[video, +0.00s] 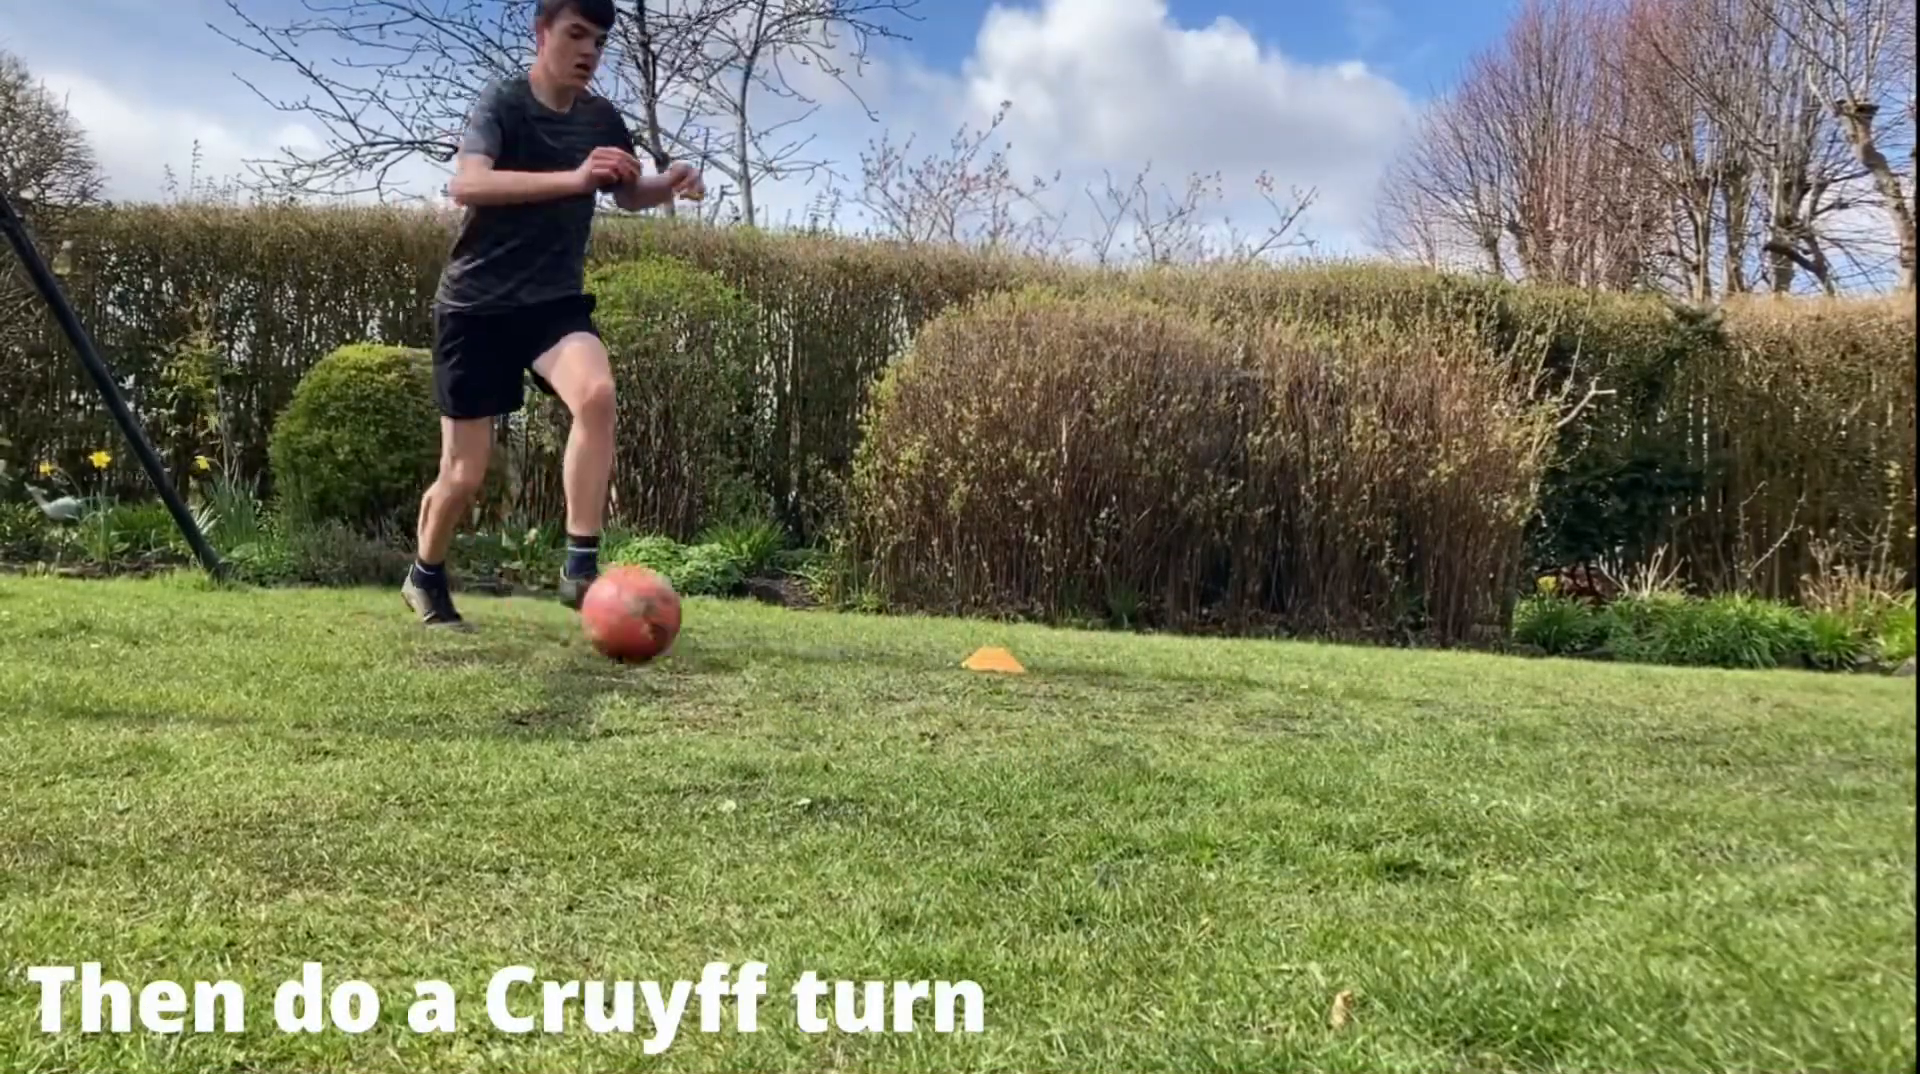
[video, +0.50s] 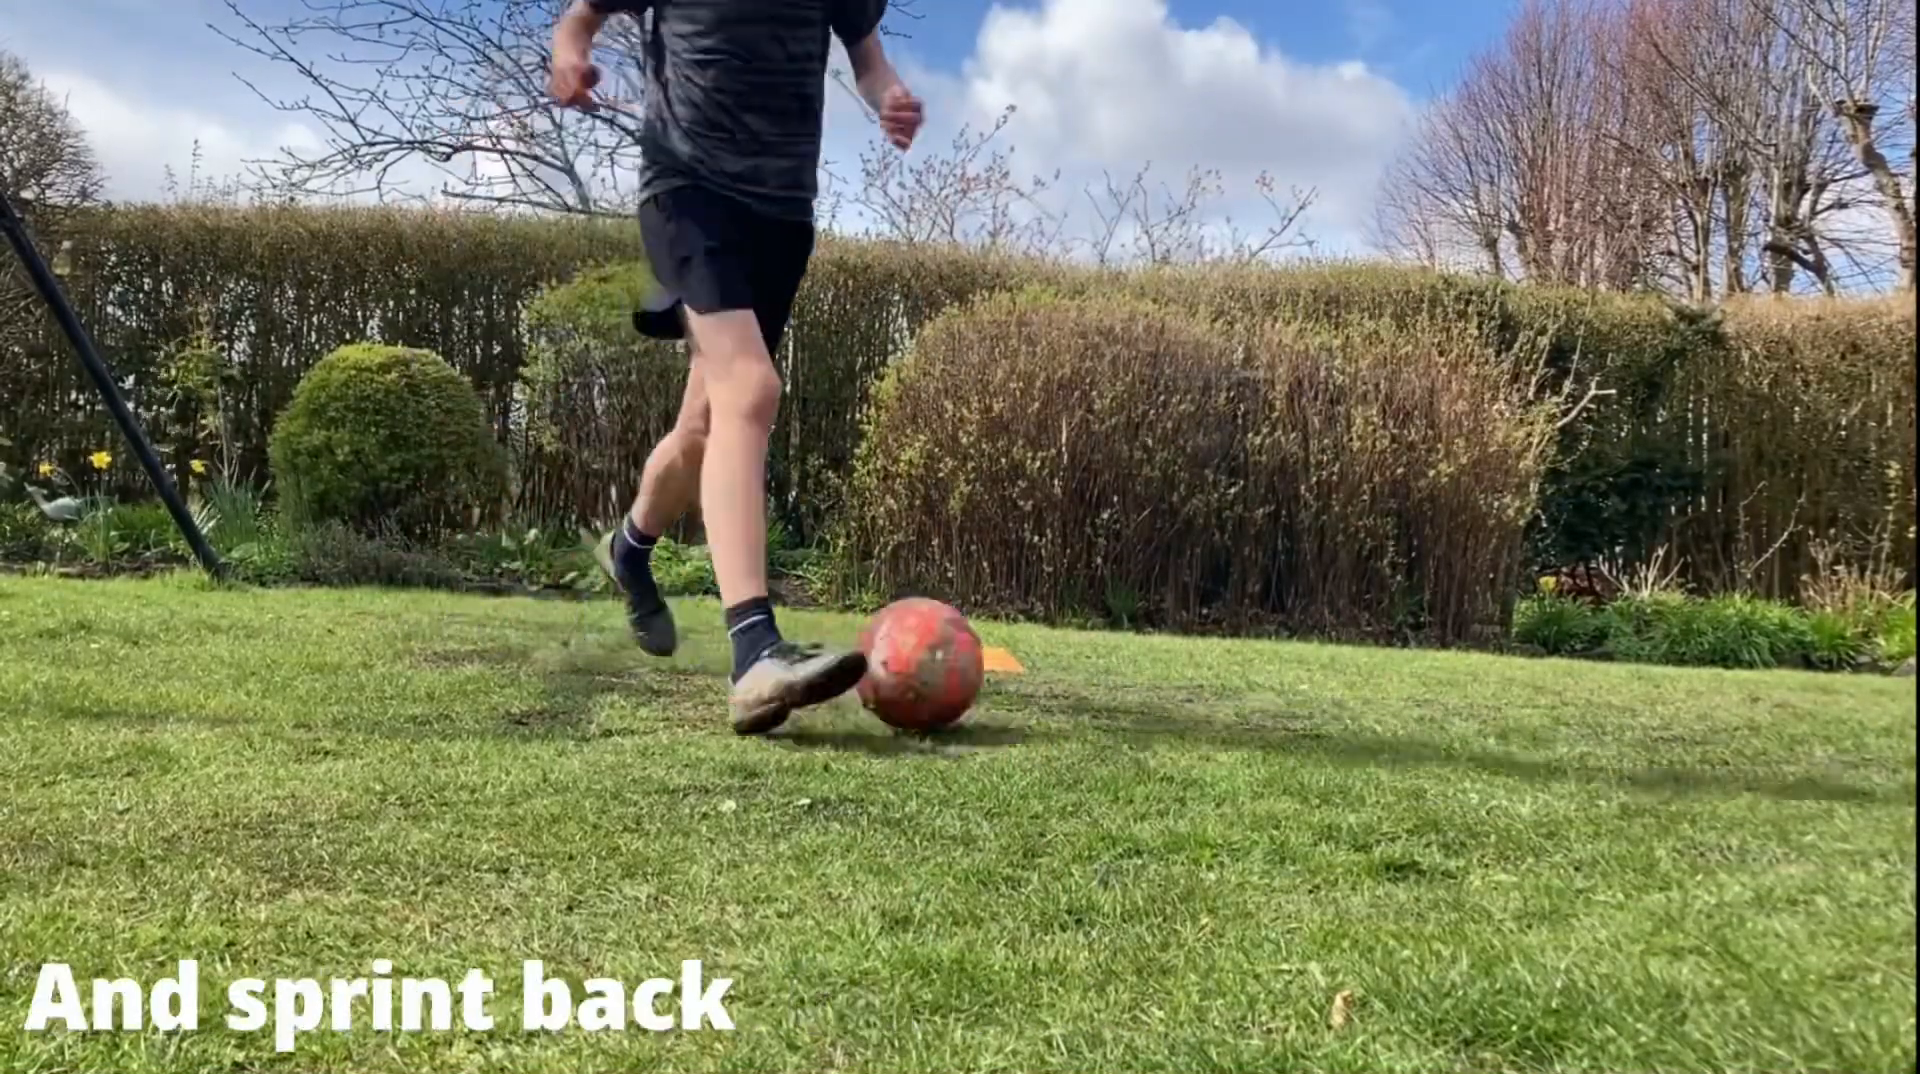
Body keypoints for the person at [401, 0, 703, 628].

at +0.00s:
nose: (589, 53)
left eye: (599, 43)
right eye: (577, 37)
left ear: (604, 50)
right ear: (541, 34)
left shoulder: (603, 119)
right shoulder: (500, 105)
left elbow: (626, 195)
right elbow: (467, 183)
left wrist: (665, 184)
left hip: (555, 306)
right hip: (475, 308)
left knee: (597, 393)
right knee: (463, 479)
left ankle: (581, 568)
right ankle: (425, 575)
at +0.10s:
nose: (624, 6)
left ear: (634, 7)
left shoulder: (634, 69)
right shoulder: (536, 47)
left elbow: (659, 164)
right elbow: (483, 109)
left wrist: (701, 156)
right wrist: (597, 96)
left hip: (581, 271)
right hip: (502, 269)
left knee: (621, 391)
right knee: (483, 443)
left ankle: (588, 586)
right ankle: (446, 549)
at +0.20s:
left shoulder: (671, 61)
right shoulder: (559, 27)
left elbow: (694, 174)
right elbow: (466, 112)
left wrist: (742, 162)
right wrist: (561, 89)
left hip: (621, 268)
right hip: (534, 262)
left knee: (629, 442)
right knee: (536, 469)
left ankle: (552, 619)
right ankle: (473, 524)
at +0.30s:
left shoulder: (720, 61)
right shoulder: (586, 29)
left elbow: (762, 186)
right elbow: (454, 118)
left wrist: (803, 143)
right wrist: (496, 106)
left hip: (662, 285)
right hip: (575, 275)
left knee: (640, 478)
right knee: (618, 466)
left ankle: (557, 613)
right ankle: (513, 546)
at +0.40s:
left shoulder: (773, 9)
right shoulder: (604, 4)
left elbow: (823, 132)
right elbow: (522, 49)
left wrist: (850, 101)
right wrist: (506, 77)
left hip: (712, 239)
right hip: (623, 218)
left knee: (652, 445)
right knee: (696, 389)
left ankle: (572, 588)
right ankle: (620, 618)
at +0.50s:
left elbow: (868, 55)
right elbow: (582, 15)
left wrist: (890, 97)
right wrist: (569, 55)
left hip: (785, 202)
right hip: (687, 182)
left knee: (701, 430)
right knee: (751, 391)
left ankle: (628, 549)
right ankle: (755, 655)